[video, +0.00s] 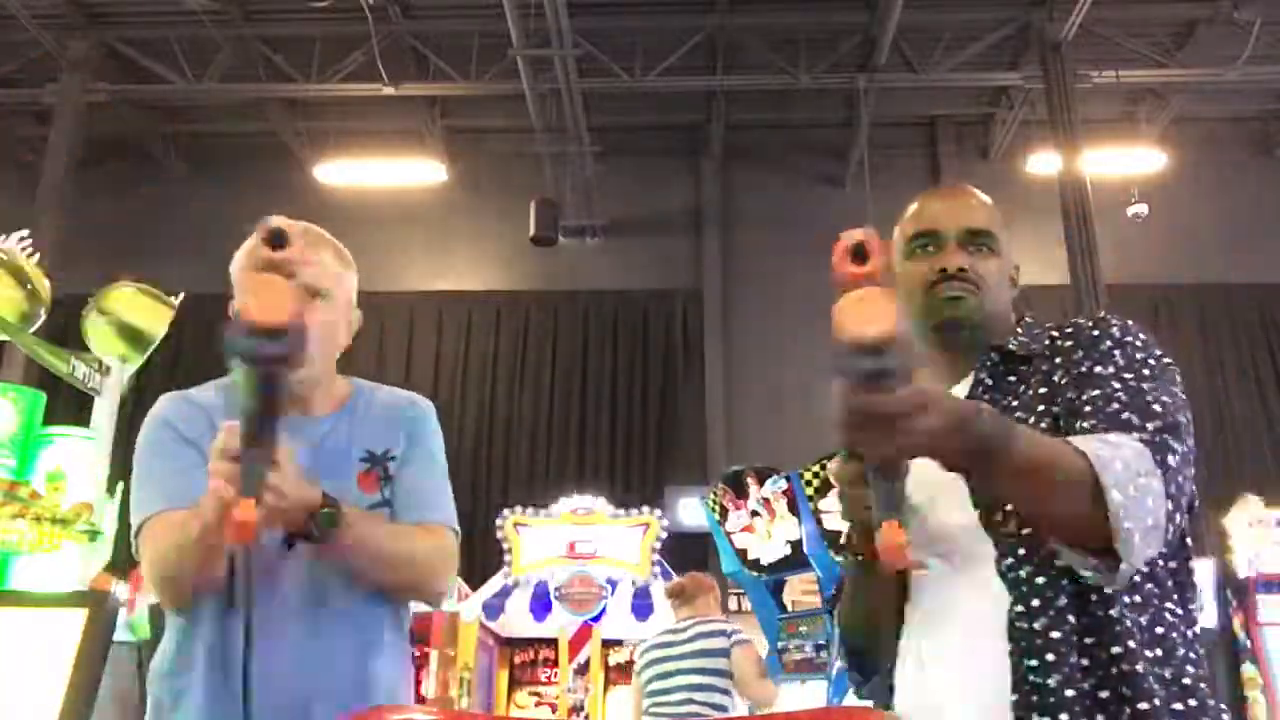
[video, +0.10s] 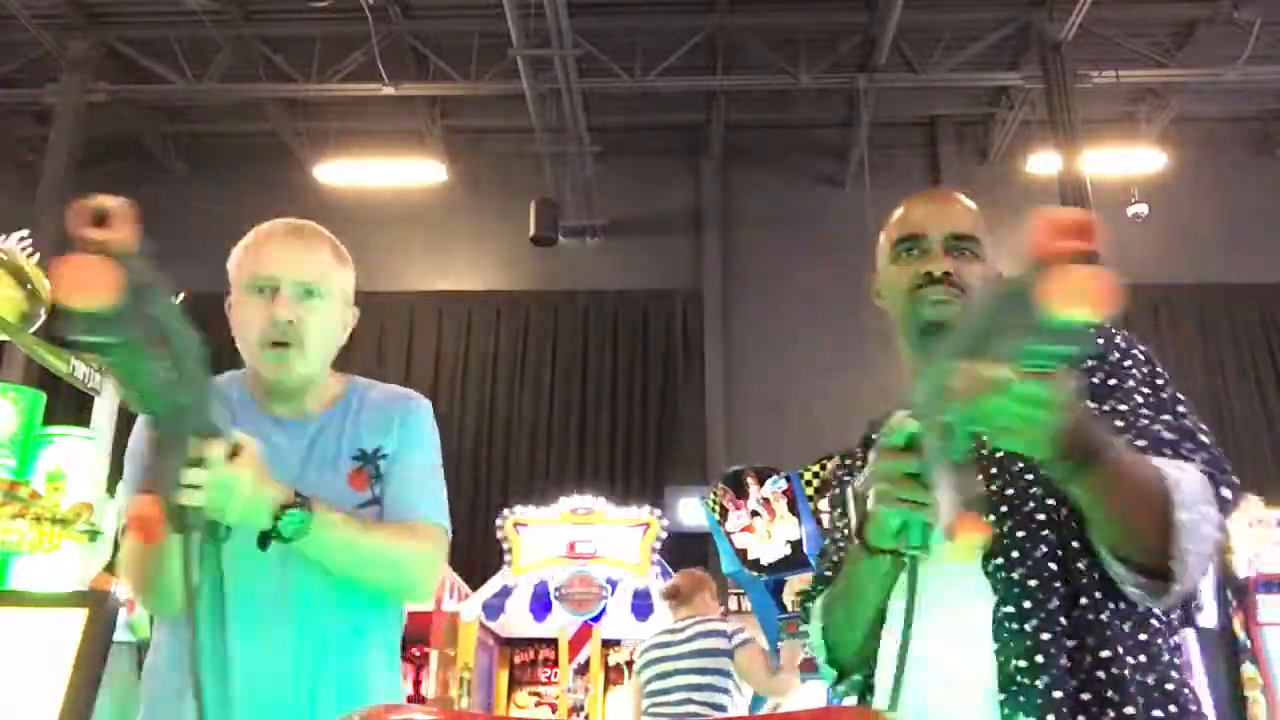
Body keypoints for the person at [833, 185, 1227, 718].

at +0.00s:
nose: (952, 262)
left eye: (977, 244)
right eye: (925, 247)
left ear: (1012, 274)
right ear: (897, 282)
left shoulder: (1102, 350)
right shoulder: (893, 419)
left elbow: (1134, 513)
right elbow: (871, 667)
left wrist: (967, 437)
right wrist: (868, 537)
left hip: (1107, 699)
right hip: (944, 705)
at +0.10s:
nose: (937, 265)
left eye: (961, 250)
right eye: (910, 250)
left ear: (995, 279)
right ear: (879, 288)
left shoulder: (1088, 364)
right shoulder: (886, 446)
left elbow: (1187, 548)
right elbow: (838, 656)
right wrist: (878, 542)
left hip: (1093, 706)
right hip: (918, 709)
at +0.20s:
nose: (924, 266)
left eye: (949, 252)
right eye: (897, 252)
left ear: (983, 293)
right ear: (863, 296)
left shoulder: (1077, 397)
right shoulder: (836, 472)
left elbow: (1205, 592)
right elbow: (801, 651)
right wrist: (883, 540)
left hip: (1081, 705)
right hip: (904, 707)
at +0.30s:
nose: (918, 265)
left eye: (942, 251)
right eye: (889, 250)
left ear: (976, 288)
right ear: (856, 293)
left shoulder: (1072, 393)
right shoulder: (828, 473)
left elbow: (1191, 590)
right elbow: (789, 654)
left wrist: (1138, 489)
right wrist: (874, 544)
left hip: (1079, 704)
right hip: (899, 709)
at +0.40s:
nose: (907, 268)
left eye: (933, 254)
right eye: (881, 255)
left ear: (971, 287)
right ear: (854, 297)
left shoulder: (1079, 393)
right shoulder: (847, 460)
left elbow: (1161, 560)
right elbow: (805, 665)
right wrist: (851, 550)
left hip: (1069, 706)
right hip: (892, 709)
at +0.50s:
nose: (898, 276)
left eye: (926, 256)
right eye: (874, 262)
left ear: (970, 282)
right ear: (854, 298)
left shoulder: (1053, 353)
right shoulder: (860, 419)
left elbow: (1088, 529)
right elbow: (822, 667)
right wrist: (828, 550)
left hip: (1060, 697)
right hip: (896, 701)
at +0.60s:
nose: (895, 277)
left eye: (921, 258)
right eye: (872, 265)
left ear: (974, 280)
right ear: (855, 300)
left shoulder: (1047, 345)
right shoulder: (892, 443)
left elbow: (1038, 506)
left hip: (1073, 699)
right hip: (945, 704)